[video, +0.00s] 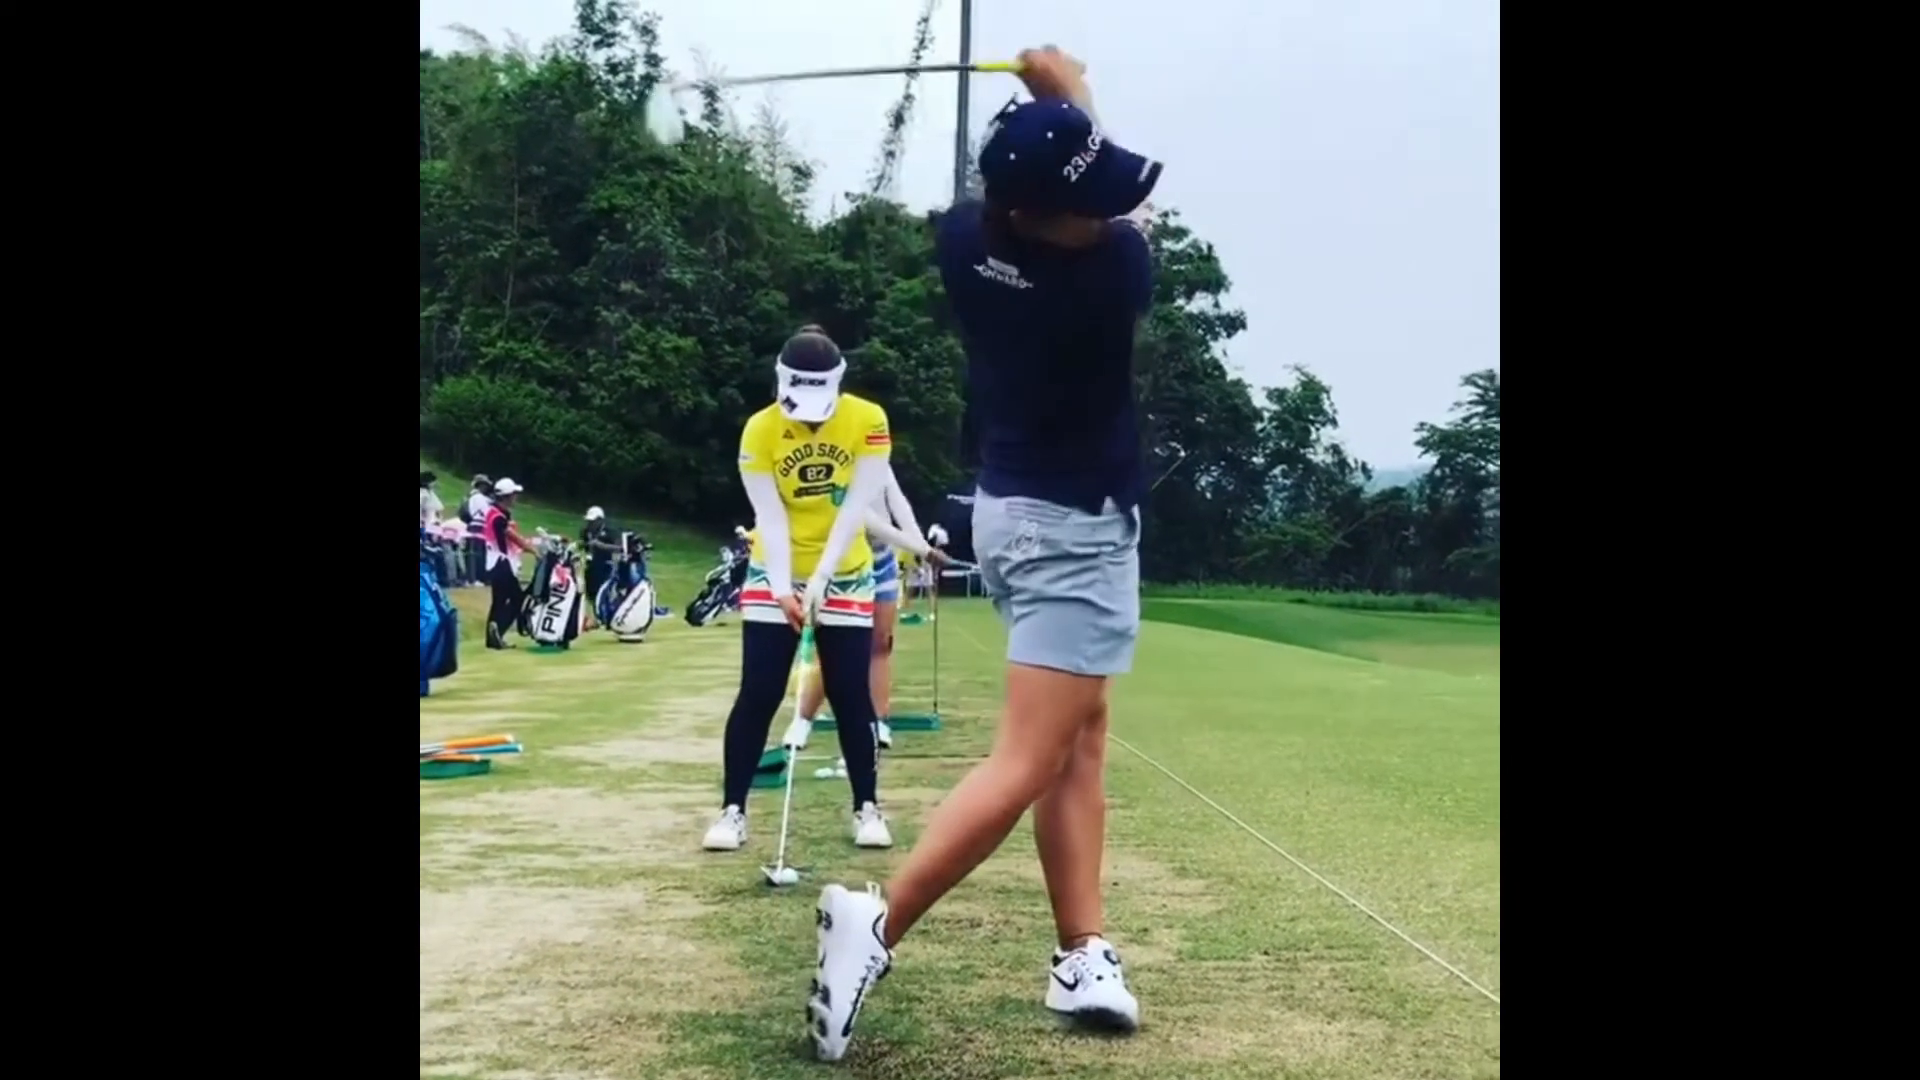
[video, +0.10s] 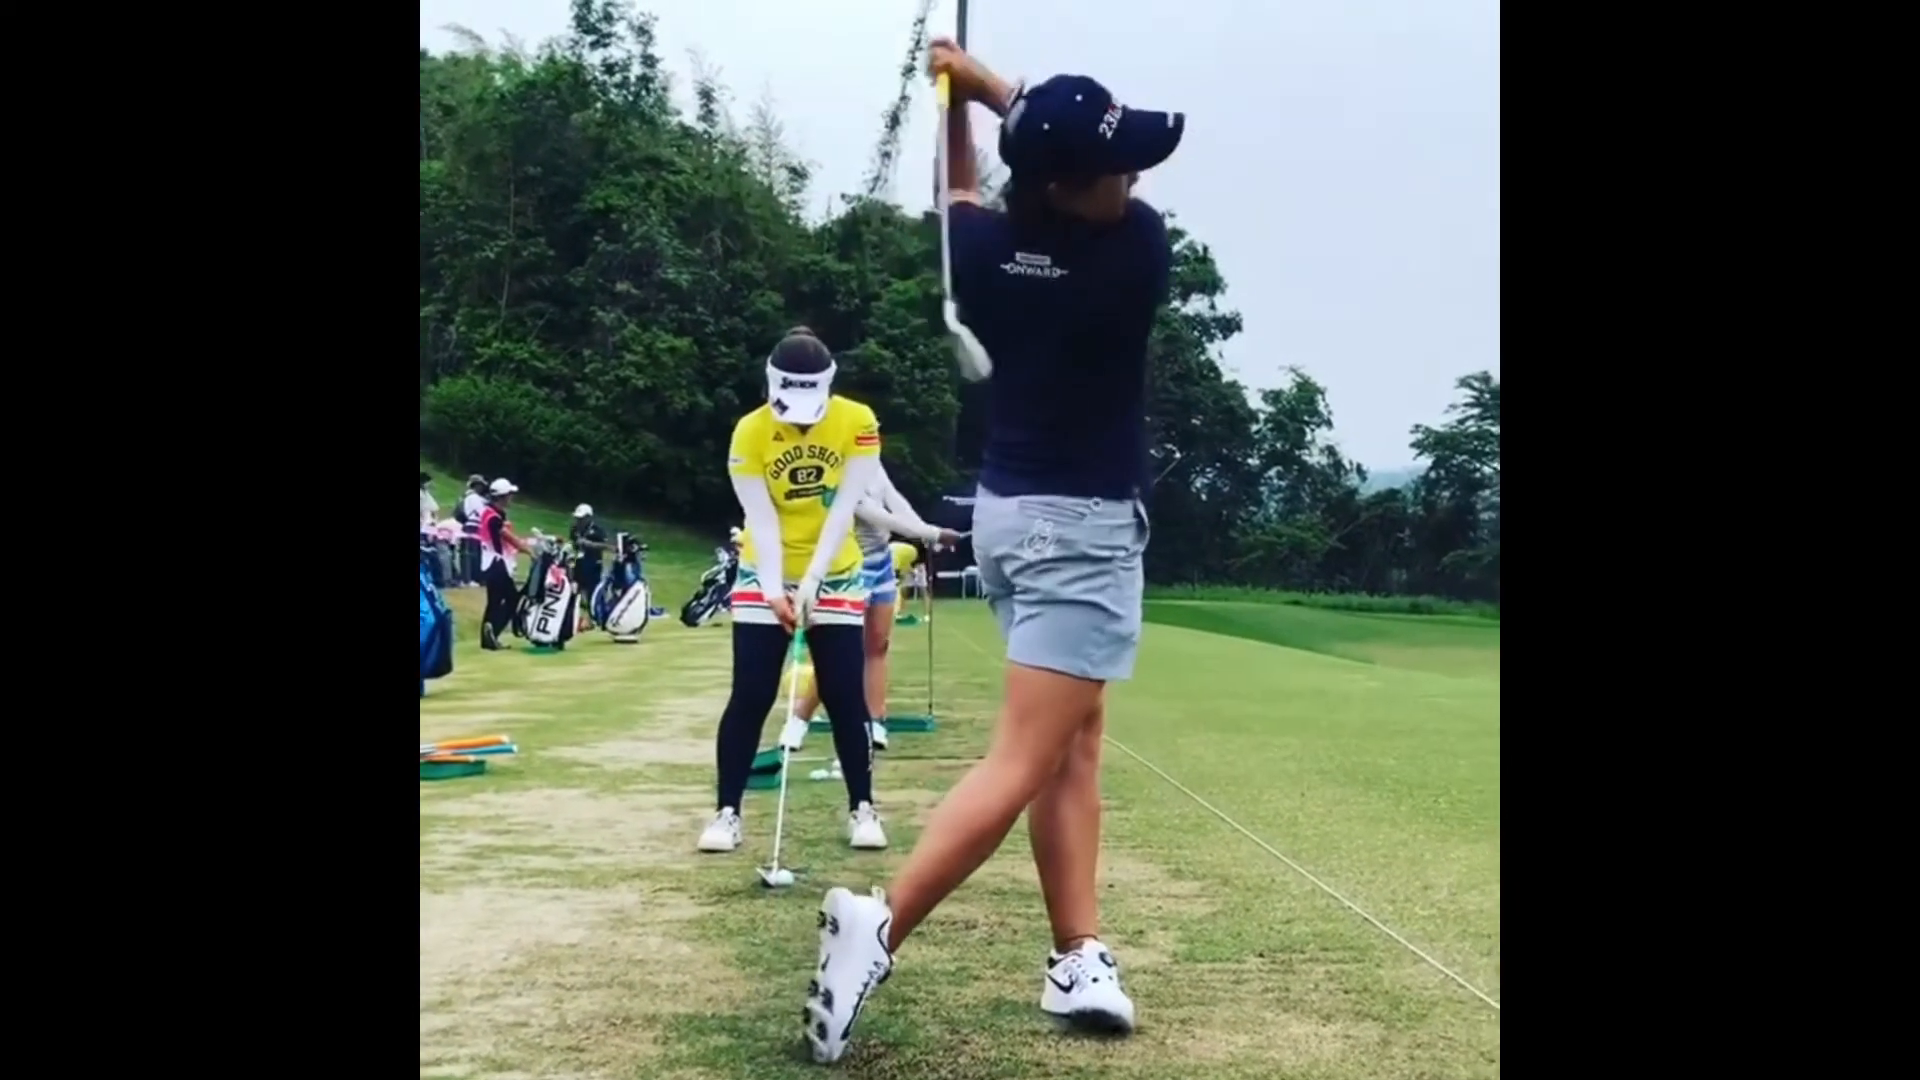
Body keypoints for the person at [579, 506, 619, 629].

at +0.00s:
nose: (590, 524)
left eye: (593, 521)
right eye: (589, 521)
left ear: (600, 520)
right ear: (587, 520)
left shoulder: (611, 532)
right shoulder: (586, 532)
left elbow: (617, 548)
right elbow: (583, 546)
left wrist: (599, 545)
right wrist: (587, 545)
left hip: (606, 564)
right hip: (591, 563)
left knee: (604, 590)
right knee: (591, 591)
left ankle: (607, 618)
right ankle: (596, 618)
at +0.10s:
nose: (579, 522)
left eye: (582, 518)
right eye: (577, 518)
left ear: (589, 517)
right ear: (576, 517)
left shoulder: (597, 530)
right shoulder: (575, 530)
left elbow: (603, 546)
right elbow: (574, 544)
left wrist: (587, 544)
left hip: (593, 563)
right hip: (579, 562)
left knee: (591, 593)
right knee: (578, 590)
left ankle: (590, 620)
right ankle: (579, 620)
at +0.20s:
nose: (567, 520)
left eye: (570, 517)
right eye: (566, 517)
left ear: (577, 517)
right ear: (565, 517)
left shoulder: (586, 529)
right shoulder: (566, 528)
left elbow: (592, 545)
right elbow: (563, 541)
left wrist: (574, 544)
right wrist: (557, 544)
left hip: (582, 564)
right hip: (568, 562)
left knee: (583, 592)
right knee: (566, 591)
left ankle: (584, 620)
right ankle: (564, 619)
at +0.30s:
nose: (557, 521)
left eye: (559, 518)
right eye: (556, 518)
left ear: (566, 517)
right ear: (556, 518)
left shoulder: (575, 530)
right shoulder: (556, 530)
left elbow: (581, 547)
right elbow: (554, 544)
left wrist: (564, 548)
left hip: (573, 564)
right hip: (559, 564)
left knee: (576, 593)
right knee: (560, 593)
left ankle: (579, 621)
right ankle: (559, 622)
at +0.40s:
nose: (545, 524)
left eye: (548, 521)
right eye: (544, 521)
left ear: (555, 520)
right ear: (545, 521)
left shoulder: (565, 535)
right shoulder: (548, 533)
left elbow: (569, 551)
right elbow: (546, 549)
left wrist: (557, 555)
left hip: (563, 568)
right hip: (549, 568)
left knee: (570, 594)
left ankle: (576, 620)